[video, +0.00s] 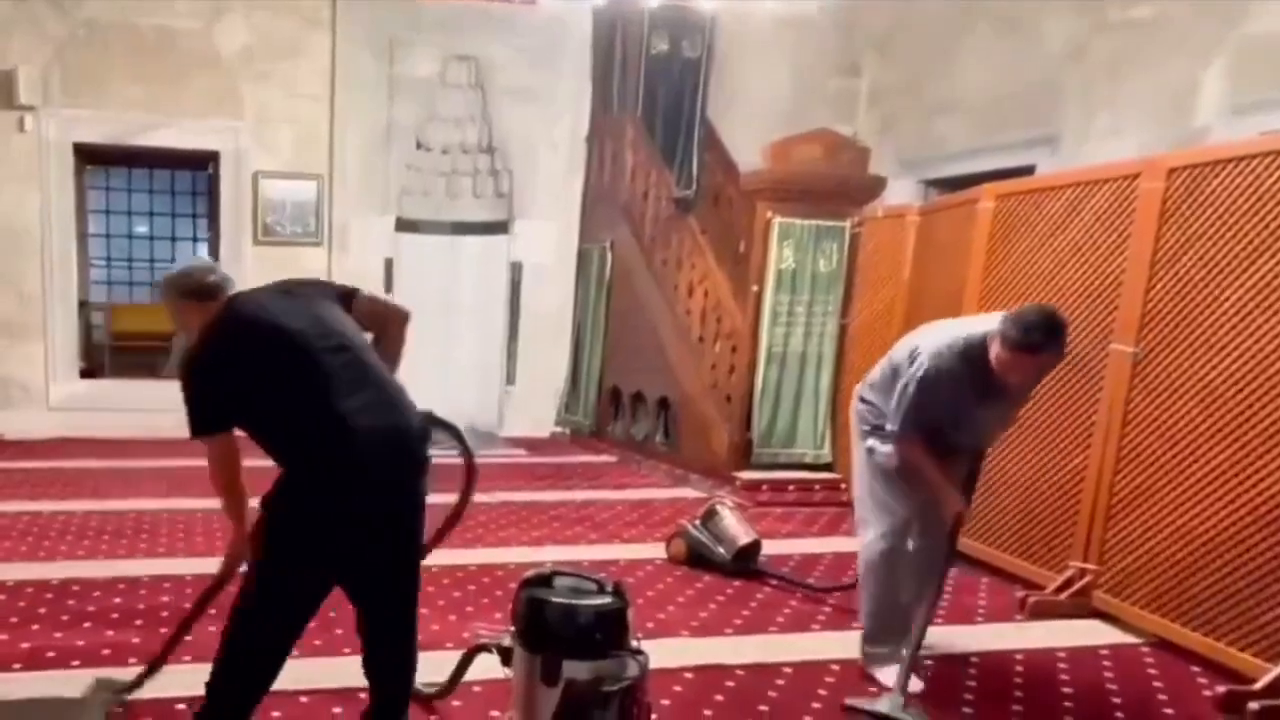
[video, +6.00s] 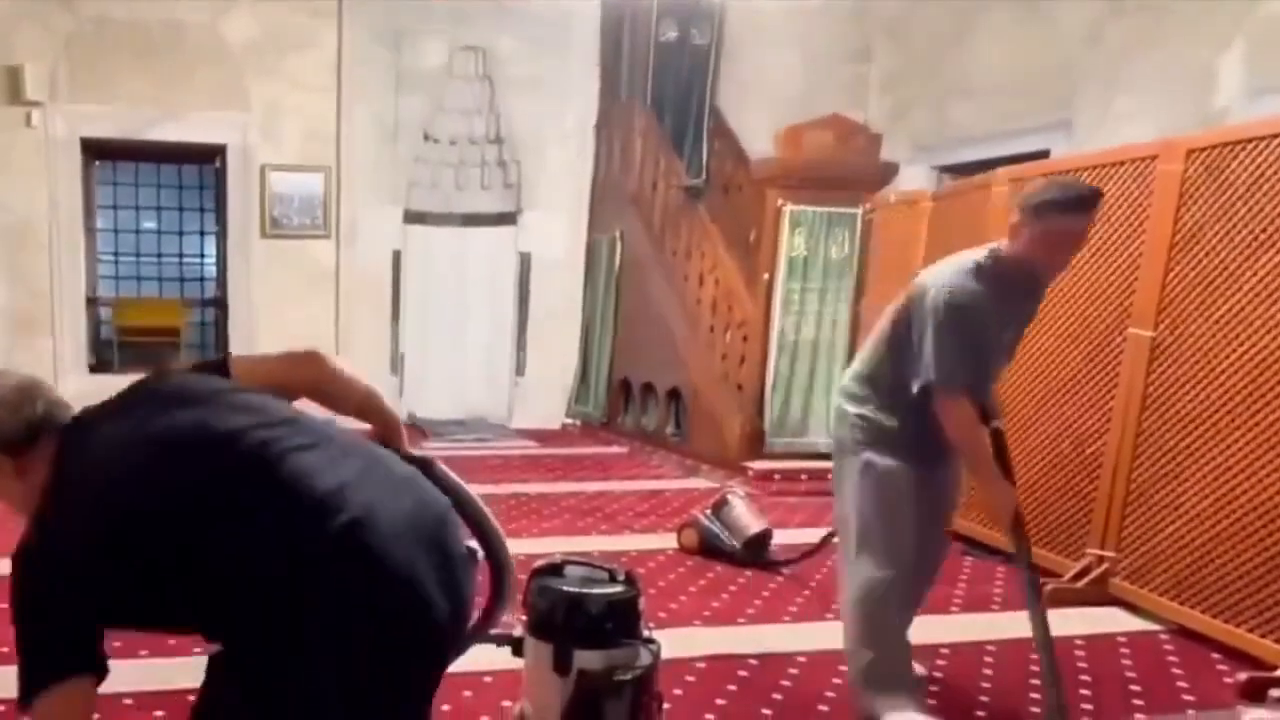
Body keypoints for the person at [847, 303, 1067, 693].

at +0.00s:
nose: (1022, 383)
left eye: (1034, 374)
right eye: (1015, 371)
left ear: (1049, 364)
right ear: (998, 346)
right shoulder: (939, 361)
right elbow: (904, 442)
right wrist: (946, 494)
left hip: (953, 443)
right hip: (888, 427)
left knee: (936, 539)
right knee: (889, 534)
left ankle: (907, 639)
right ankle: (880, 651)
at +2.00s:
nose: (897, 431)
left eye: (907, 426)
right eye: (890, 421)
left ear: (934, 407)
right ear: (880, 398)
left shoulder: (965, 389)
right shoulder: (840, 407)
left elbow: (960, 442)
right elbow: (825, 491)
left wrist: (926, 478)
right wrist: (835, 561)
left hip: (887, 455)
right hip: (835, 450)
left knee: (879, 542)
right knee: (817, 550)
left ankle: (870, 628)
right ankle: (819, 656)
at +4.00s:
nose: (815, 420)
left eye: (823, 411)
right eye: (809, 411)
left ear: (855, 397)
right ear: (804, 399)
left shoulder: (894, 383)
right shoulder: (782, 413)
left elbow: (943, 391)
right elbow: (785, 488)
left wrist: (914, 450)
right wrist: (813, 535)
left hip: (864, 475)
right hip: (801, 478)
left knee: (880, 558)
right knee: (785, 545)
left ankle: (876, 654)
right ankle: (772, 660)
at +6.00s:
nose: (1064, 258)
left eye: (1073, 247)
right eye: (1057, 242)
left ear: (1078, 244)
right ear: (1021, 226)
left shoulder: (1028, 286)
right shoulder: (954, 289)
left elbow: (981, 354)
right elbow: (949, 403)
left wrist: (985, 406)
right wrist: (993, 486)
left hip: (938, 429)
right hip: (878, 425)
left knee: (923, 553)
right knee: (880, 560)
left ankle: (886, 648)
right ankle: (879, 688)